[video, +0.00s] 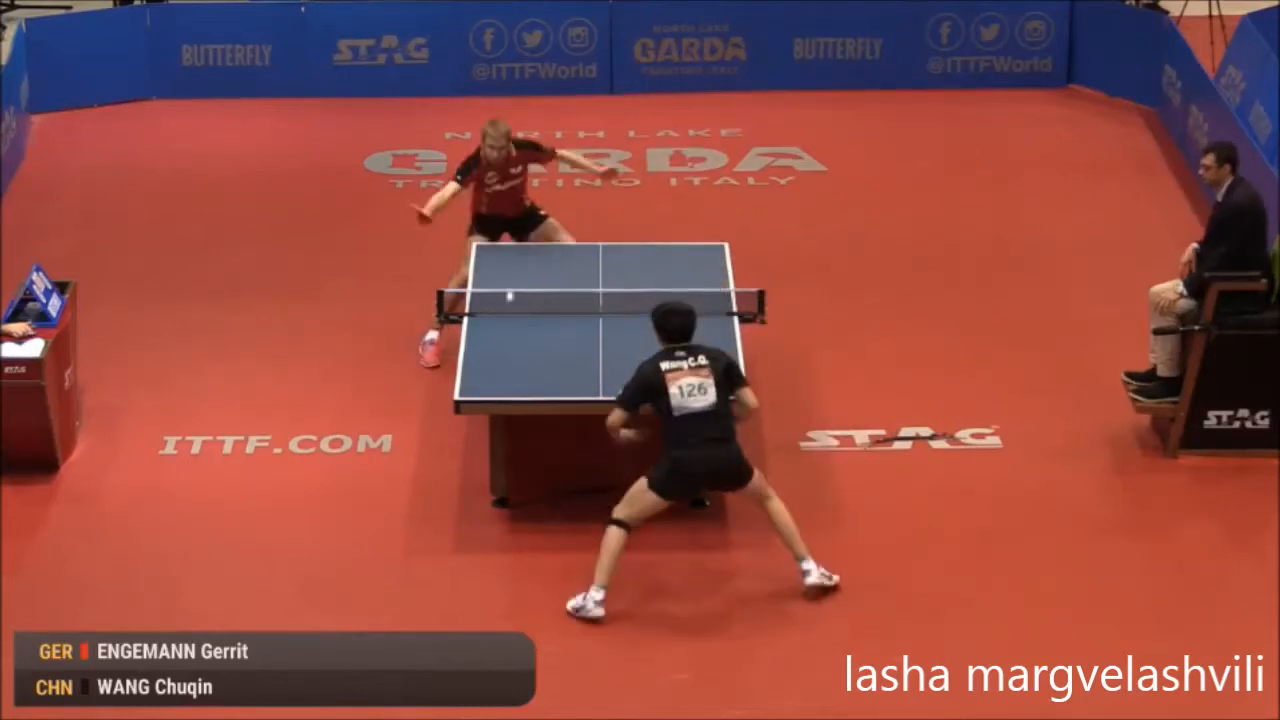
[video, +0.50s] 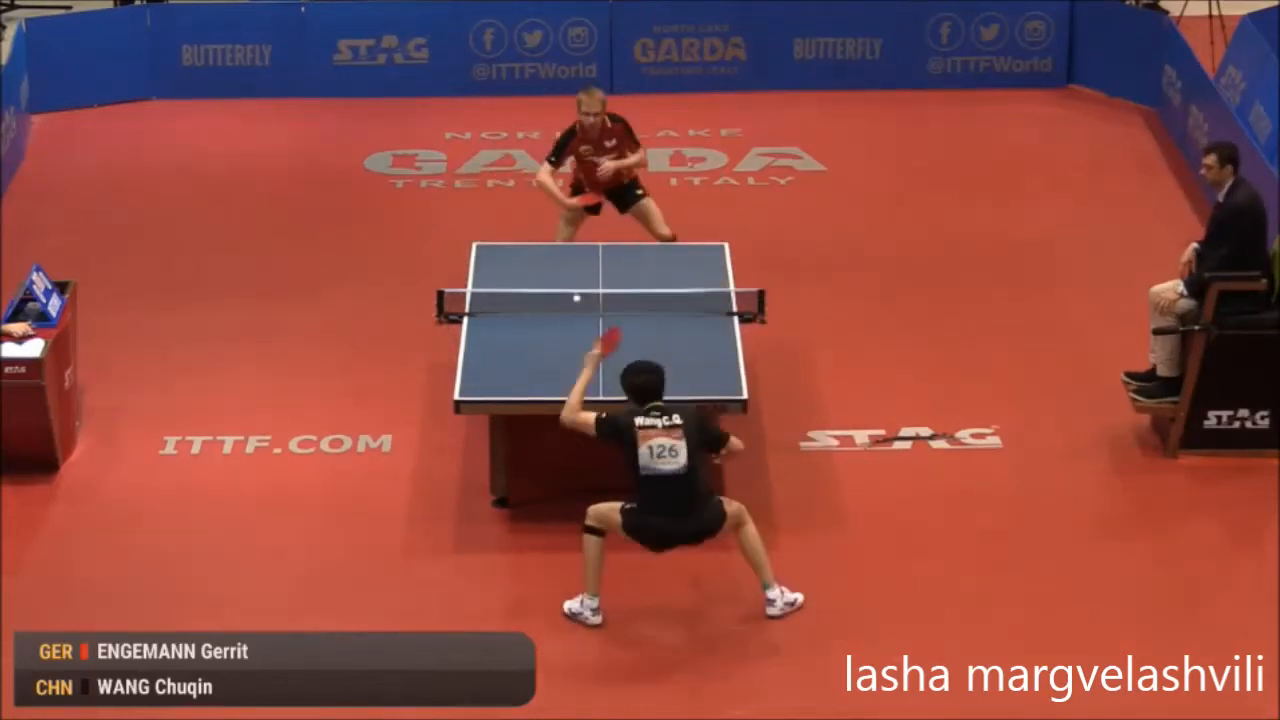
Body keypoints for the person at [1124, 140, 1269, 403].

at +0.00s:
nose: (1201, 173)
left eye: (1206, 168)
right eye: (1201, 167)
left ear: (1226, 168)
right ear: (1222, 169)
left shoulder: (1237, 203)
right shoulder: (1233, 194)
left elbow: (1221, 260)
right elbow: (1217, 239)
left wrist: (1184, 288)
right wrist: (1195, 247)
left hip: (1236, 291)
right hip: (1226, 280)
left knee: (1163, 303)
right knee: (1157, 294)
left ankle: (1170, 378)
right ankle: (1161, 368)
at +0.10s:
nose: (1201, 174)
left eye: (1207, 168)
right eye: (1201, 168)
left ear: (1226, 168)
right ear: (1222, 169)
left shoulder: (1237, 203)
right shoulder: (1232, 194)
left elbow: (1221, 260)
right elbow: (1217, 239)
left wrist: (1184, 288)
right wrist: (1195, 247)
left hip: (1236, 291)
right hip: (1226, 280)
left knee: (1163, 304)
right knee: (1157, 294)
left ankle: (1170, 378)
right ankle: (1161, 368)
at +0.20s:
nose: (1201, 174)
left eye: (1207, 169)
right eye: (1201, 168)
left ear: (1227, 168)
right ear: (1222, 169)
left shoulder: (1239, 203)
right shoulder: (1231, 195)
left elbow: (1223, 260)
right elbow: (1217, 240)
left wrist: (1185, 288)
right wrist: (1195, 247)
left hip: (1236, 291)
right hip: (1224, 280)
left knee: (1163, 303)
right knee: (1157, 294)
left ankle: (1170, 378)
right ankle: (1161, 368)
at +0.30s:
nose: (1202, 174)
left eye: (1208, 168)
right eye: (1202, 168)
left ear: (1227, 168)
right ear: (1222, 169)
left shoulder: (1238, 203)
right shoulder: (1231, 195)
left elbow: (1223, 260)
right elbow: (1217, 239)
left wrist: (1185, 288)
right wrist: (1195, 247)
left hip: (1236, 291)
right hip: (1225, 280)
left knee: (1163, 304)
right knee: (1157, 294)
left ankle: (1170, 378)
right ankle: (1161, 368)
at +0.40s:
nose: (1202, 173)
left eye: (1208, 168)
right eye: (1202, 167)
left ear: (1227, 168)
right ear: (1222, 169)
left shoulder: (1239, 203)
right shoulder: (1231, 195)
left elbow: (1223, 260)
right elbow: (1217, 240)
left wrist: (1184, 288)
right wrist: (1195, 247)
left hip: (1236, 291)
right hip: (1224, 280)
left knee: (1163, 304)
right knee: (1157, 294)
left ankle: (1170, 378)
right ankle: (1161, 368)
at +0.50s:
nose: (1202, 173)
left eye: (1208, 168)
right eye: (1202, 167)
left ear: (1227, 168)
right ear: (1222, 169)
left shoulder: (1238, 204)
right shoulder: (1233, 195)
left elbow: (1223, 260)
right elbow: (1218, 241)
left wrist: (1184, 288)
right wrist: (1195, 247)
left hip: (1236, 292)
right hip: (1225, 280)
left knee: (1163, 304)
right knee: (1157, 294)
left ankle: (1170, 379)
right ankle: (1161, 369)